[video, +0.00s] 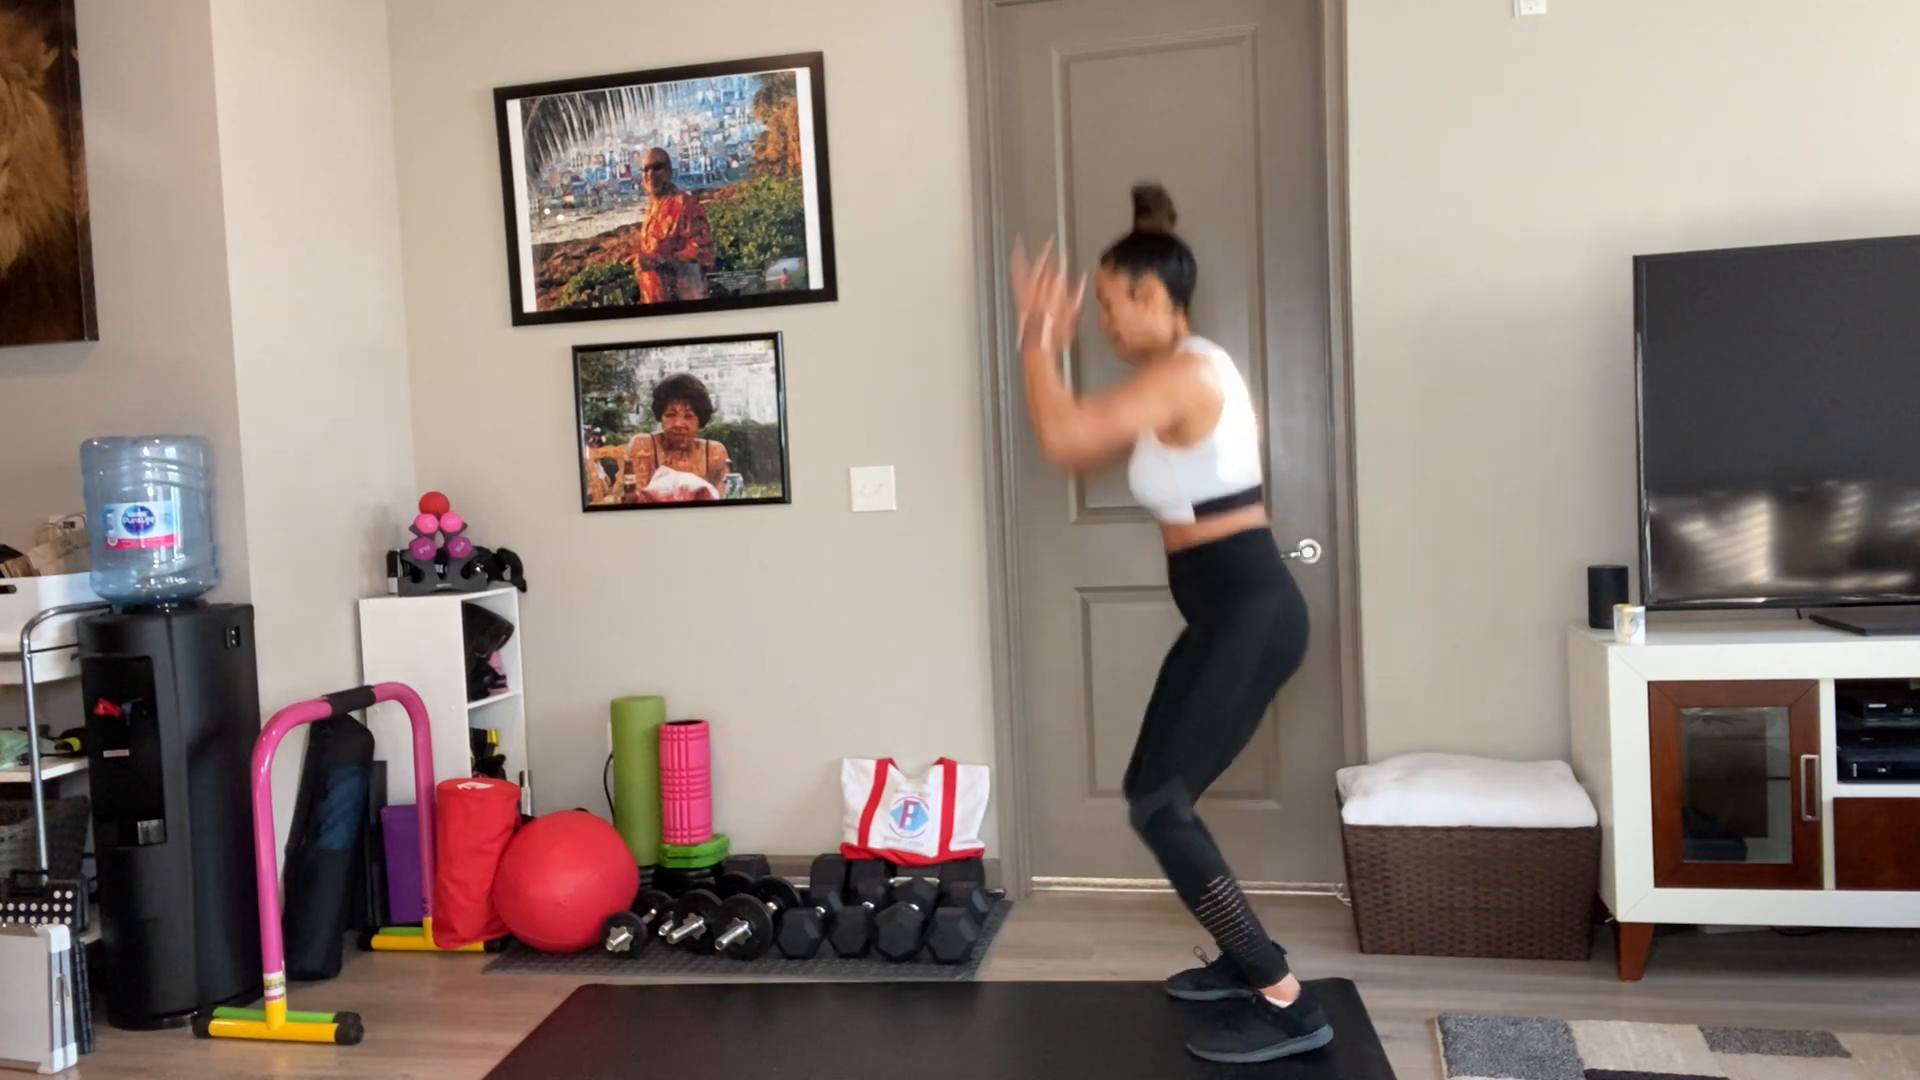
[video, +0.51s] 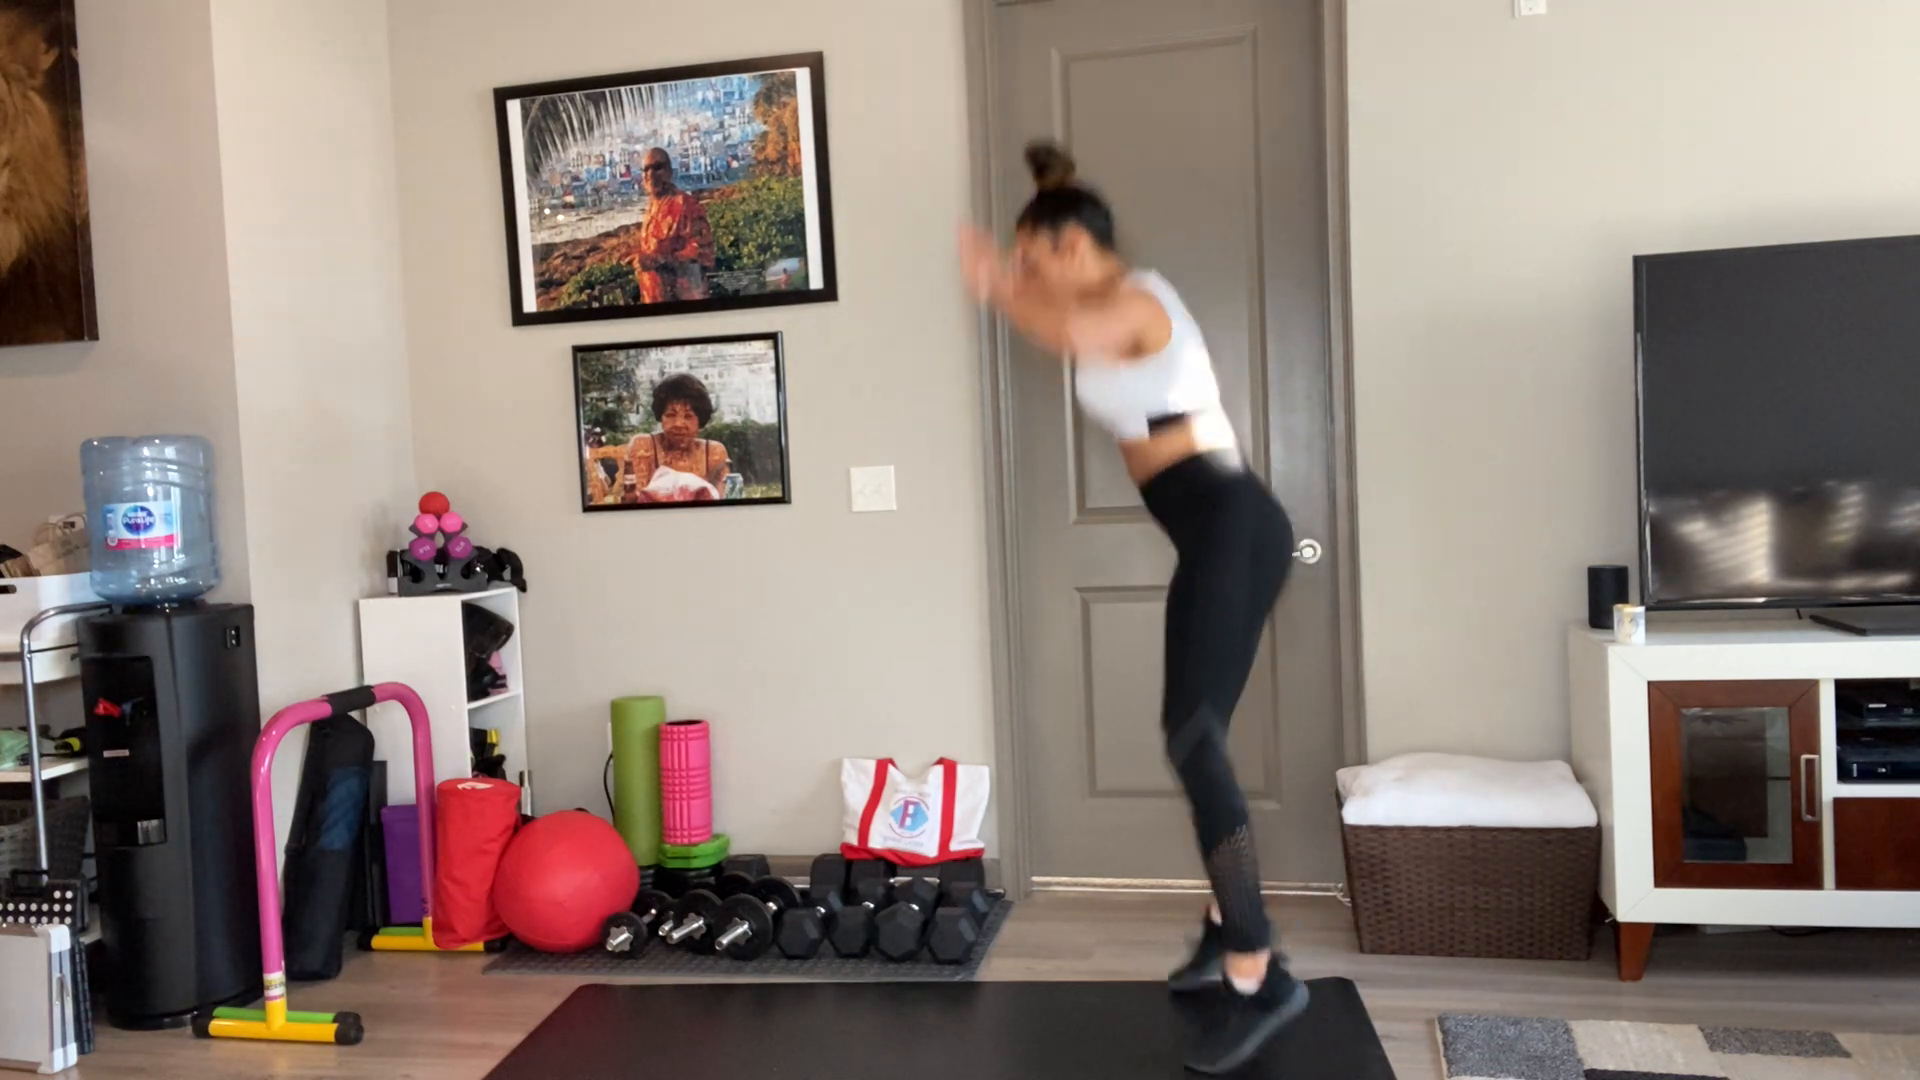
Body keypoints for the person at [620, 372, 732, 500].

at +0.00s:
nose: (679, 424)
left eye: (688, 416)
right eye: (671, 415)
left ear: (701, 420)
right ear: (660, 418)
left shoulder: (715, 451)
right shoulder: (642, 446)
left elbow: (719, 500)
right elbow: (637, 499)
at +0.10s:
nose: (679, 424)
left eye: (688, 416)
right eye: (671, 415)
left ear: (700, 420)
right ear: (660, 418)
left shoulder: (715, 451)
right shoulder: (641, 446)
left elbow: (718, 500)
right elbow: (637, 499)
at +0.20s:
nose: (679, 424)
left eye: (688, 416)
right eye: (671, 415)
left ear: (701, 420)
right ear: (660, 418)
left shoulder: (715, 451)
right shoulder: (641, 446)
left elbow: (720, 500)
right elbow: (637, 499)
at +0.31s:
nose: (679, 424)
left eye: (688, 416)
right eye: (671, 415)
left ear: (701, 420)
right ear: (660, 418)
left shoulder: (715, 451)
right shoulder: (641, 446)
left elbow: (719, 501)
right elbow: (637, 499)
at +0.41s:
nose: (679, 424)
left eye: (688, 416)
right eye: (671, 415)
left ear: (700, 420)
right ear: (660, 418)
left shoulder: (715, 451)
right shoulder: (641, 446)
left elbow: (719, 501)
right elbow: (636, 500)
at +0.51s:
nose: (679, 424)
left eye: (688, 416)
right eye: (671, 415)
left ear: (700, 420)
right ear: (660, 418)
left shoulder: (715, 451)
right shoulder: (642, 446)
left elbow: (719, 501)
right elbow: (637, 499)